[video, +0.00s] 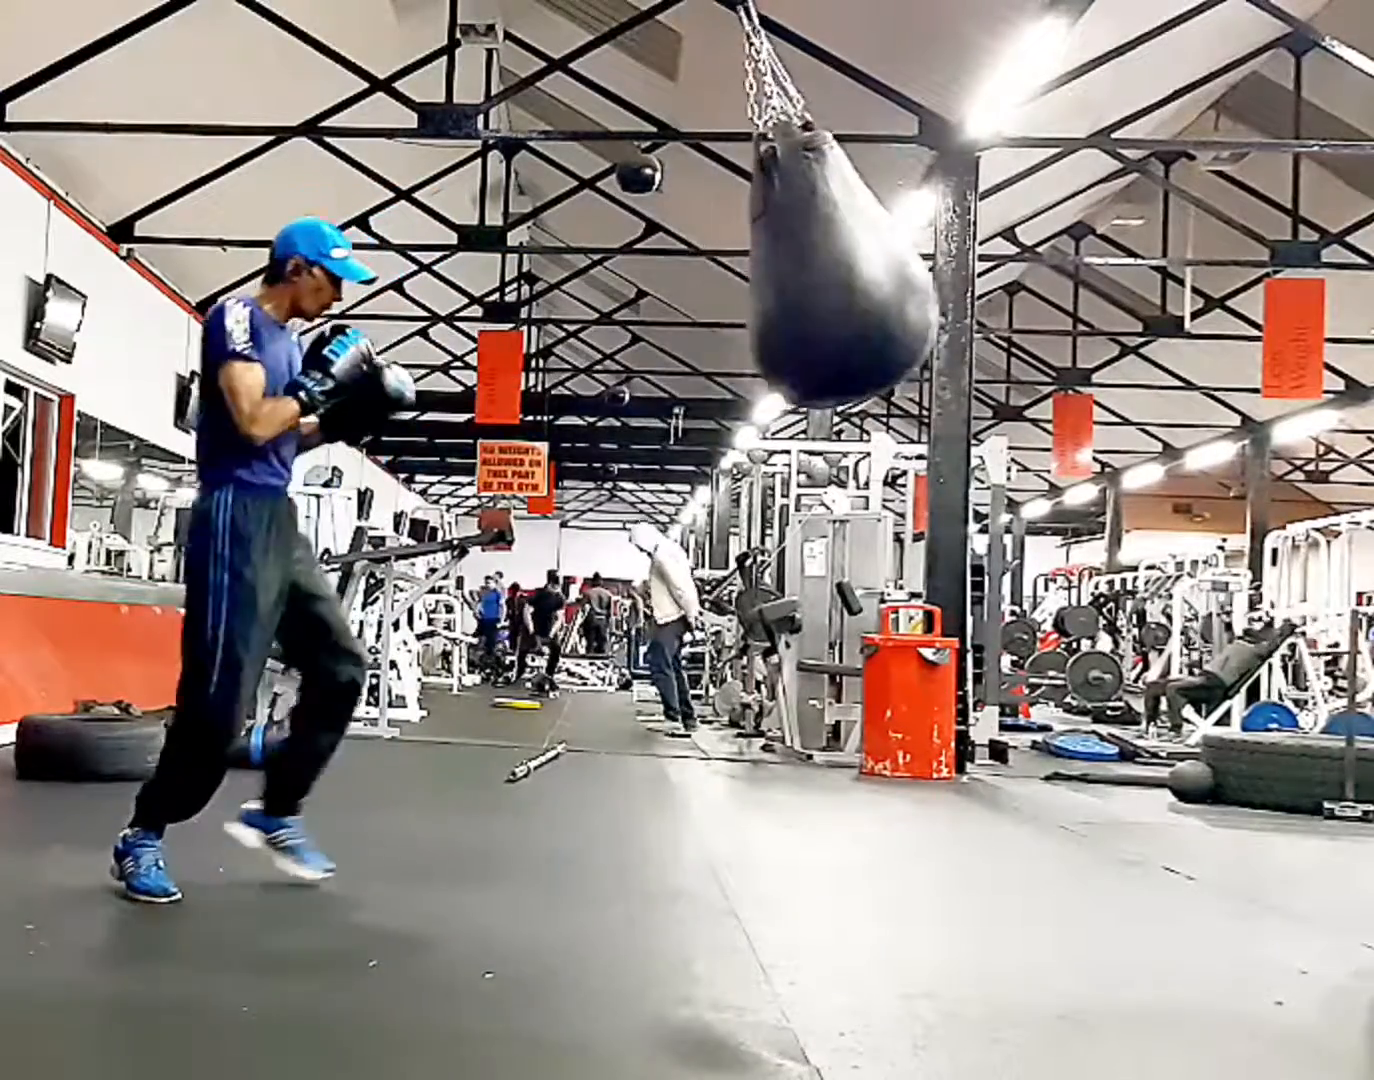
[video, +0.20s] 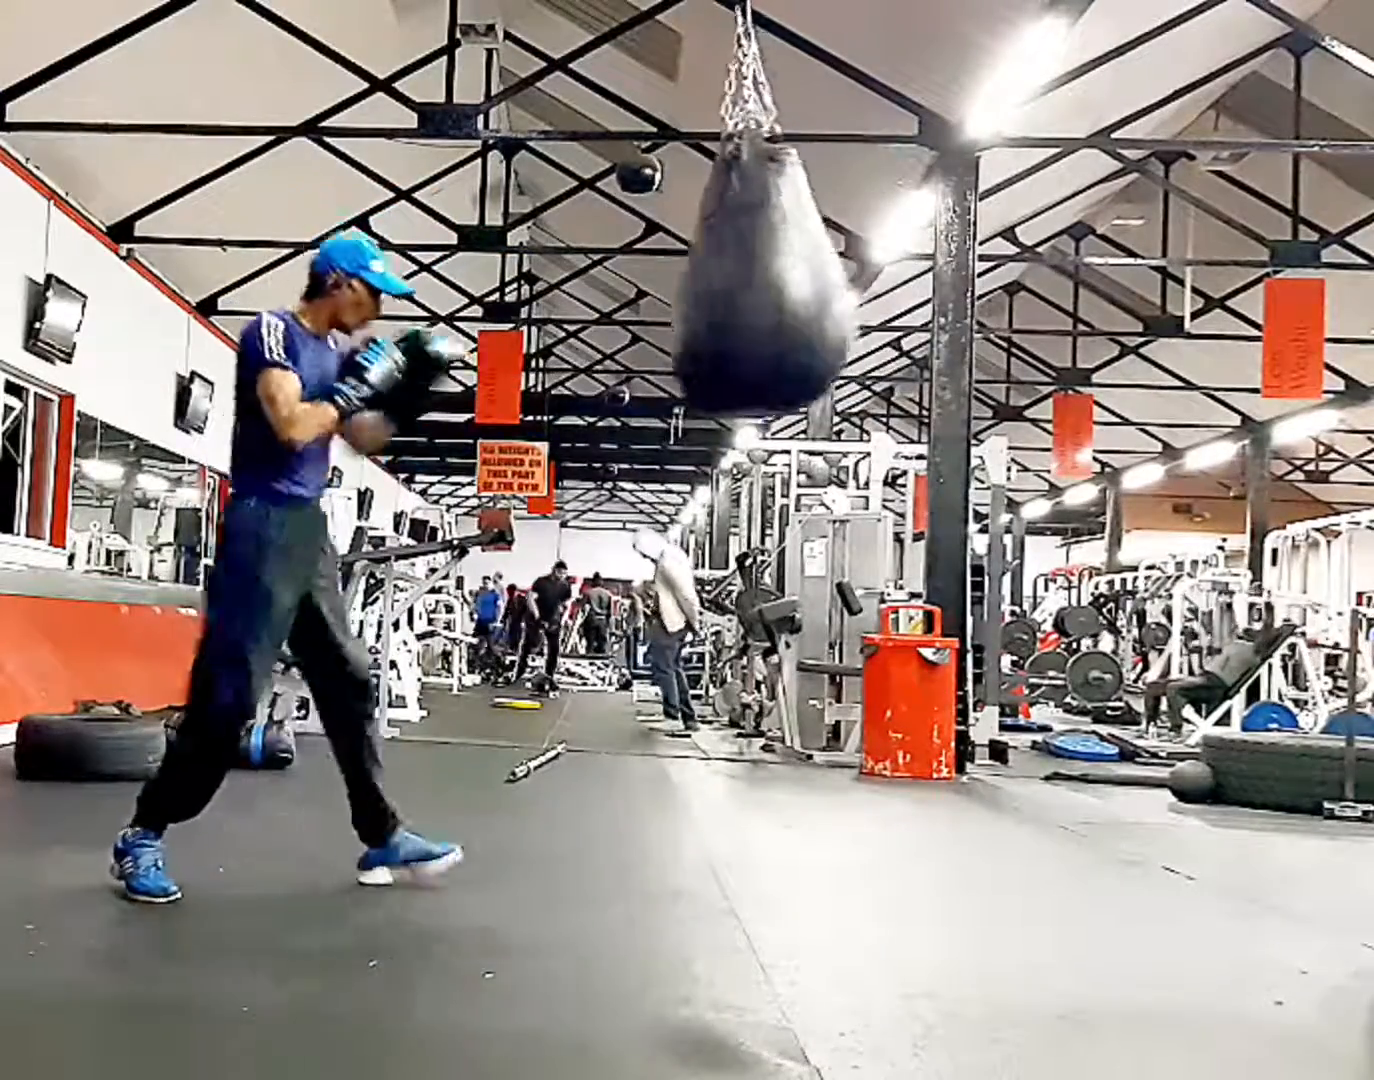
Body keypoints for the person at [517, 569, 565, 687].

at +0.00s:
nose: (554, 587)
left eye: (556, 584)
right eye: (552, 583)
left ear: (559, 585)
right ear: (548, 583)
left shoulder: (559, 598)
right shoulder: (538, 594)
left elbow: (559, 618)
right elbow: (527, 610)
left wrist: (551, 633)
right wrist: (530, 629)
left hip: (549, 633)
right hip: (533, 631)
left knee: (556, 649)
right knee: (522, 651)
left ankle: (549, 675)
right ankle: (518, 675)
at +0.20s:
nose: (560, 575)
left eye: (563, 572)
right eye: (558, 571)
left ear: (566, 573)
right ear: (553, 570)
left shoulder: (565, 587)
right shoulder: (541, 582)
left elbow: (565, 605)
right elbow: (530, 598)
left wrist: (560, 620)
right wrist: (537, 617)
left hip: (553, 621)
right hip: (537, 619)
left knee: (554, 650)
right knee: (527, 647)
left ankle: (549, 676)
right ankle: (518, 674)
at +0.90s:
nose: (569, 565)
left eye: (571, 562)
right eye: (567, 562)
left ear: (572, 563)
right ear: (560, 562)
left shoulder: (575, 579)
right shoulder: (551, 577)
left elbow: (577, 596)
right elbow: (545, 595)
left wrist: (578, 610)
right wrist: (551, 613)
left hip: (569, 616)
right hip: (556, 615)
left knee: (562, 647)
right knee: (558, 647)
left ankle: (551, 673)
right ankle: (560, 677)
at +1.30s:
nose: (571, 563)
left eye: (573, 560)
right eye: (569, 560)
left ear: (575, 561)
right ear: (565, 561)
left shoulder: (580, 576)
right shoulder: (557, 577)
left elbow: (584, 592)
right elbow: (554, 596)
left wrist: (589, 607)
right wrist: (562, 610)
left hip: (578, 613)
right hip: (563, 613)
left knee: (582, 646)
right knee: (562, 647)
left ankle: (571, 674)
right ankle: (563, 677)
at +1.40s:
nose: (575, 565)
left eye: (576, 562)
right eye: (572, 562)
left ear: (579, 562)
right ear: (567, 562)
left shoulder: (582, 576)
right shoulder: (559, 577)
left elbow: (587, 592)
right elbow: (555, 596)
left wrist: (592, 606)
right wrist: (564, 611)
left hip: (580, 614)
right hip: (566, 614)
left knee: (584, 644)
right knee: (564, 648)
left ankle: (581, 678)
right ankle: (562, 679)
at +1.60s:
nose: (581, 566)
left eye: (583, 564)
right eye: (579, 563)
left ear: (586, 564)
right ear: (575, 562)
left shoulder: (590, 578)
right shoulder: (566, 578)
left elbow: (595, 597)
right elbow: (559, 598)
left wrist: (599, 613)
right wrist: (566, 615)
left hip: (586, 618)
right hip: (570, 618)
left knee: (590, 650)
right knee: (566, 652)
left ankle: (597, 681)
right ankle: (563, 681)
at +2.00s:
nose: (600, 564)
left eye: (603, 562)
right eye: (598, 561)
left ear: (606, 562)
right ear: (594, 561)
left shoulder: (609, 579)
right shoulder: (584, 576)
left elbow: (617, 596)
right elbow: (574, 592)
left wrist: (614, 613)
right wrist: (580, 608)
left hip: (603, 617)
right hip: (587, 616)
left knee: (600, 653)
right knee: (585, 649)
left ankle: (599, 684)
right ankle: (576, 681)